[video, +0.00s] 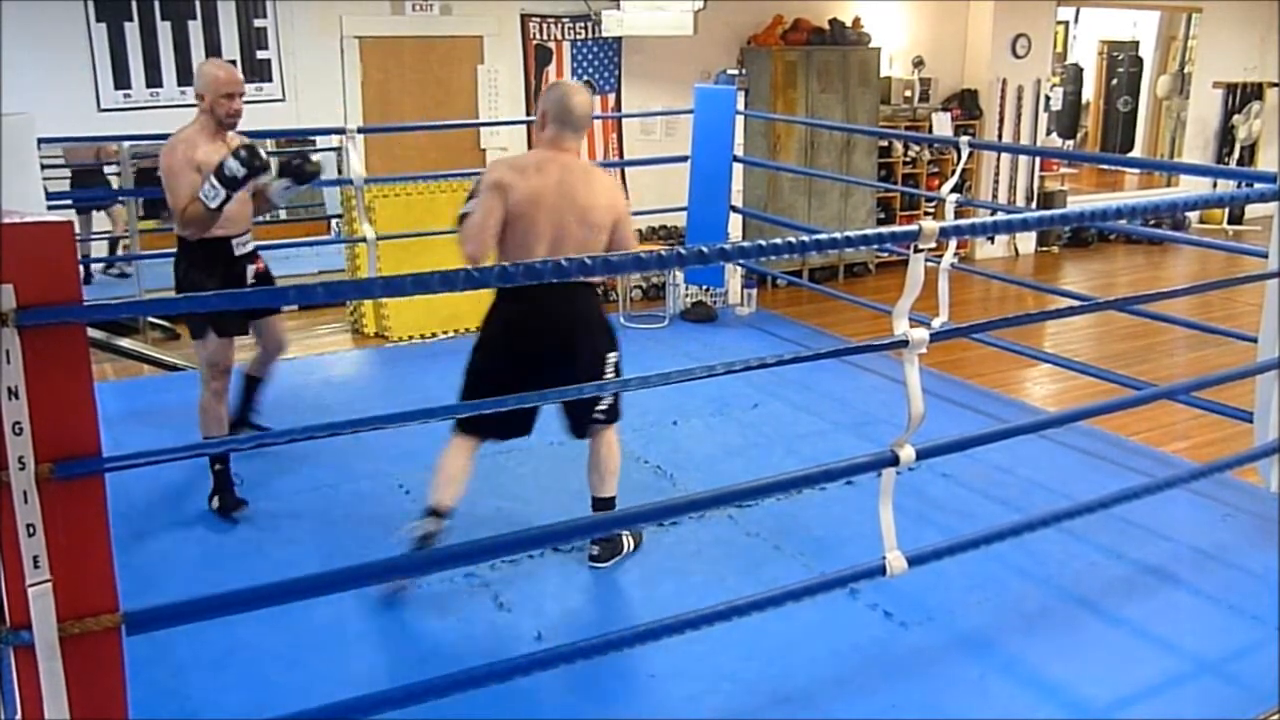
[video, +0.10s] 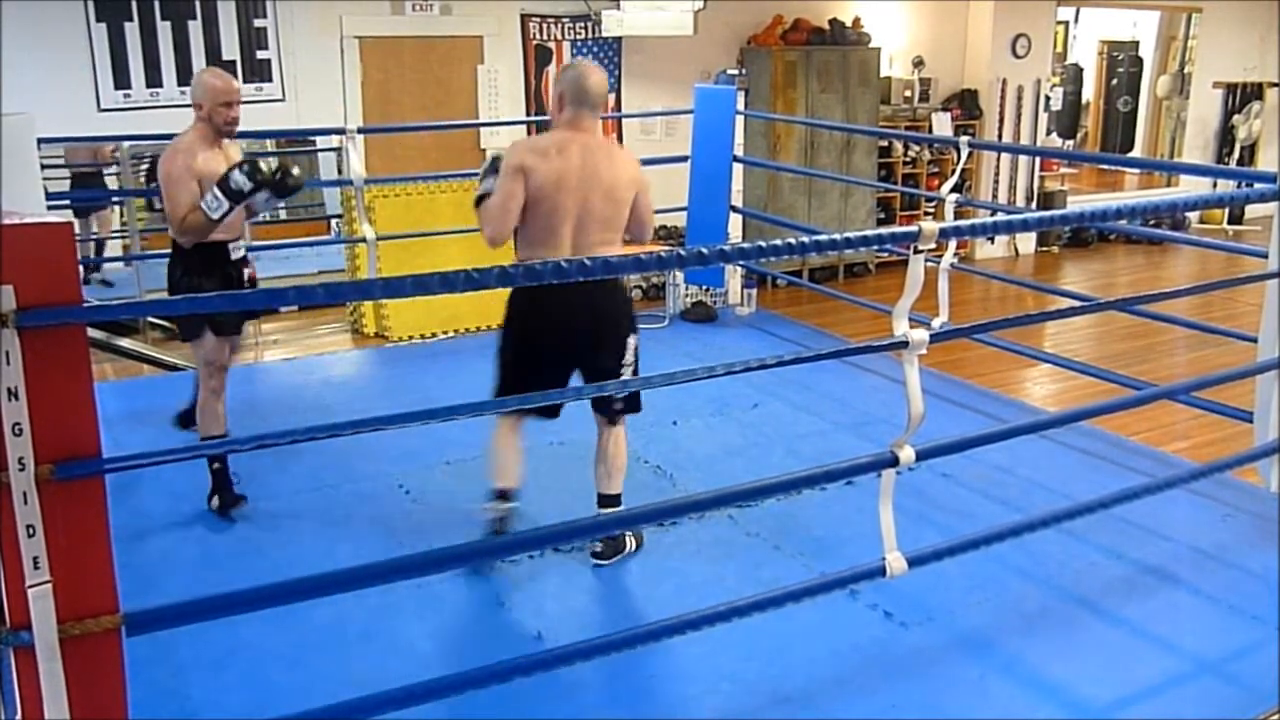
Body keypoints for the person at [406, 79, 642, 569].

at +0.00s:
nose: (533, 124)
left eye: (536, 117)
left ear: (541, 122)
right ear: (588, 127)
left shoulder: (505, 174)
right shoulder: (606, 185)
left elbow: (474, 251)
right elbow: (628, 260)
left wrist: (475, 206)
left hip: (515, 318)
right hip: (582, 319)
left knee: (469, 429)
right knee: (603, 425)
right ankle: (604, 537)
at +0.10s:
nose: (546, 102)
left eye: (549, 95)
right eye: (551, 94)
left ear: (556, 101)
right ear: (606, 106)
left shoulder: (526, 153)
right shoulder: (626, 163)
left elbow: (496, 233)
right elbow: (641, 234)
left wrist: (487, 193)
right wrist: (597, 219)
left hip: (538, 306)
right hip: (605, 305)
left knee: (511, 413)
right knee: (612, 417)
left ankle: (501, 515)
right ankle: (609, 532)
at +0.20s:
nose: (556, 91)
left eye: (560, 83)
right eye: (563, 83)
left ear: (567, 89)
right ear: (613, 93)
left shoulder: (538, 138)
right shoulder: (637, 146)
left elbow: (505, 213)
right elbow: (653, 211)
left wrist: (499, 173)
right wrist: (606, 196)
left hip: (554, 291)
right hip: (621, 288)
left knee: (559, 404)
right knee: (619, 413)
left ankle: (564, 509)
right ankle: (614, 526)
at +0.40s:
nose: (571, 109)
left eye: (572, 102)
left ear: (574, 105)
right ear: (620, 104)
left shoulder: (550, 160)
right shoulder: (651, 154)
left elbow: (524, 242)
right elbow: (676, 219)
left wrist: (519, 198)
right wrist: (633, 205)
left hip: (584, 299)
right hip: (646, 293)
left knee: (608, 401)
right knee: (668, 395)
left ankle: (621, 492)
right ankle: (649, 471)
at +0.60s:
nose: (579, 95)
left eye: (581, 90)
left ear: (584, 96)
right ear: (630, 94)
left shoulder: (565, 149)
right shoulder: (664, 139)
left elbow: (549, 226)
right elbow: (703, 196)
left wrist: (571, 190)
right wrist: (665, 178)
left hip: (603, 283)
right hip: (666, 277)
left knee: (618, 391)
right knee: (699, 373)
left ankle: (620, 494)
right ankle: (722, 470)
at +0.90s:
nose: (620, 102)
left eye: (622, 95)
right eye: (624, 95)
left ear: (630, 102)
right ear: (672, 98)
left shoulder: (615, 150)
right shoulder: (705, 141)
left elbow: (588, 222)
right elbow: (724, 198)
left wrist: (584, 181)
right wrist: (683, 175)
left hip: (641, 280)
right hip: (700, 277)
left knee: (636, 390)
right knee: (723, 375)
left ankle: (624, 492)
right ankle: (754, 460)